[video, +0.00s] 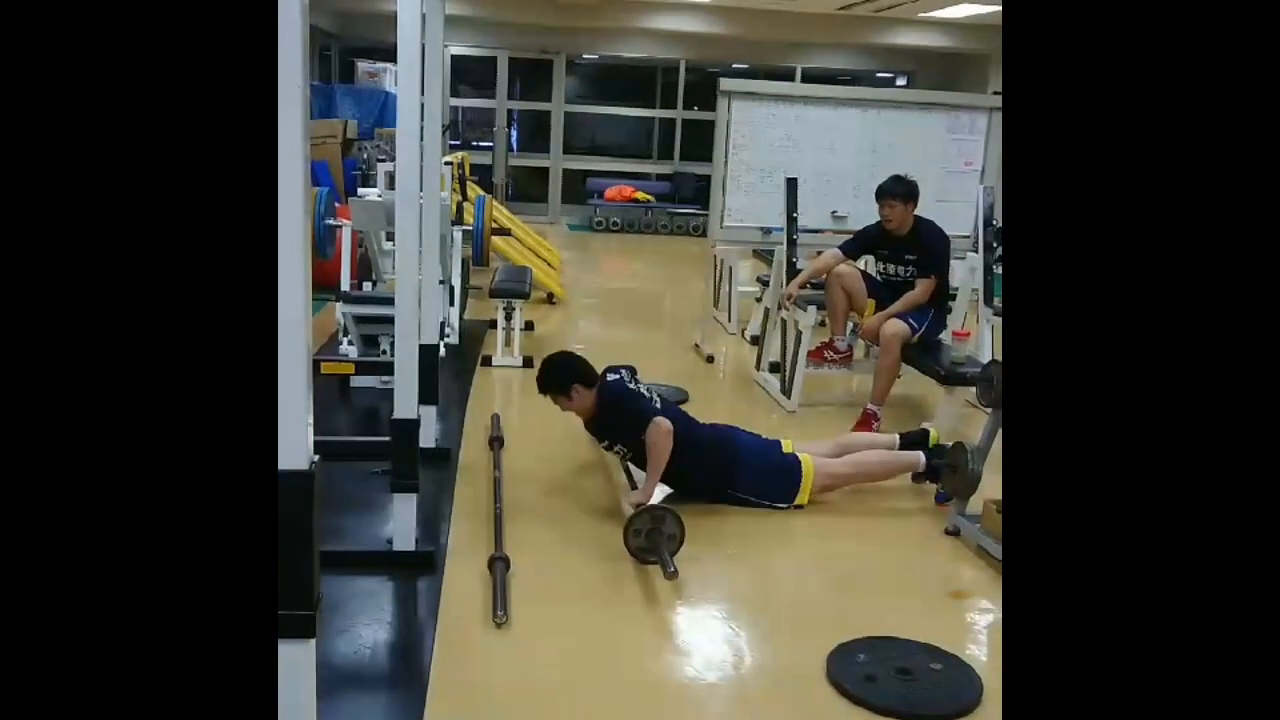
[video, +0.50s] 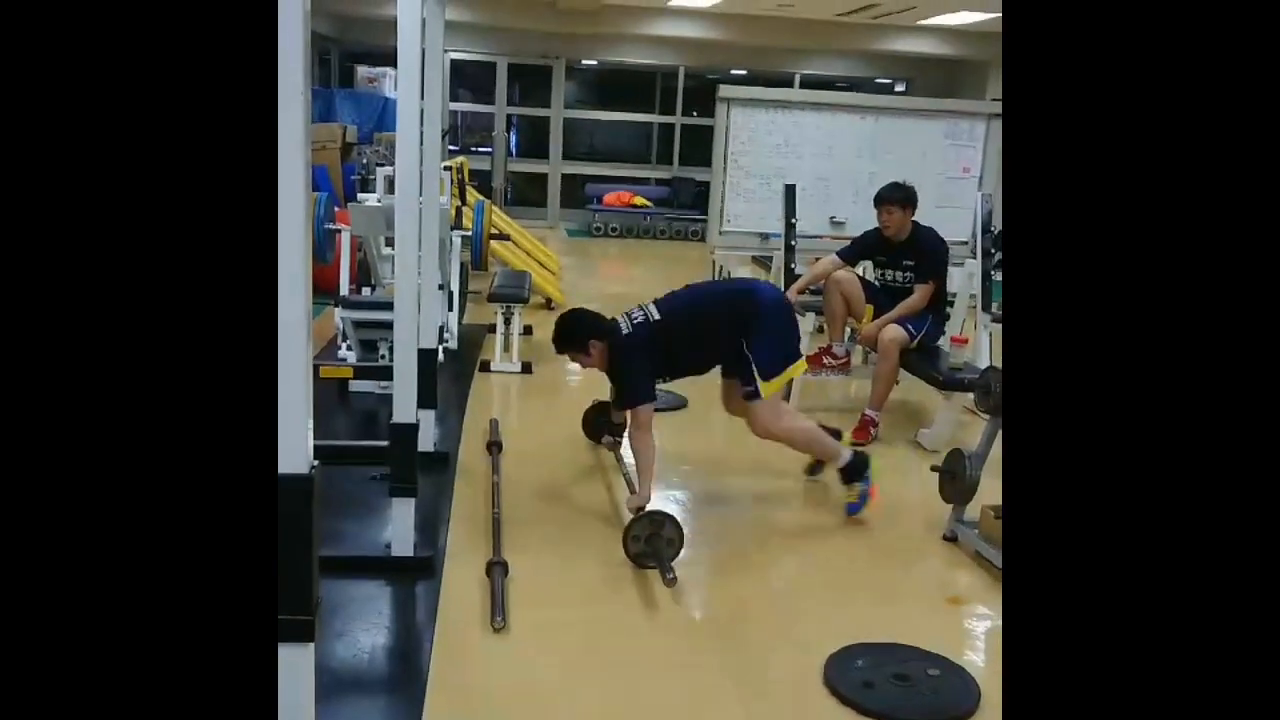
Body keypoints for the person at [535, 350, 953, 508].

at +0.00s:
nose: (562, 408)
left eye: (561, 401)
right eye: (557, 402)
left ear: (577, 389)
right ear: (576, 385)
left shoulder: (616, 399)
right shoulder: (600, 394)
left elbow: (661, 428)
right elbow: (647, 418)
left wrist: (647, 489)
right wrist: (636, 459)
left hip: (730, 465)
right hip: (727, 445)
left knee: (828, 477)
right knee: (822, 453)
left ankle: (931, 461)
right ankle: (914, 439)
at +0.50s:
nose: (582, 366)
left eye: (579, 359)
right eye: (577, 361)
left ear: (593, 347)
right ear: (596, 341)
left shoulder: (629, 355)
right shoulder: (622, 336)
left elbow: (641, 429)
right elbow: (626, 386)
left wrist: (643, 492)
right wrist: (620, 418)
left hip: (765, 315)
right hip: (742, 310)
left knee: (765, 422)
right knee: (736, 403)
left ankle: (852, 465)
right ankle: (819, 436)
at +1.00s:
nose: (603, 280)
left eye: (607, 271)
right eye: (604, 272)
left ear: (632, 276)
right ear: (634, 276)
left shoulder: (667, 310)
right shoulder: (652, 302)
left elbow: (671, 389)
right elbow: (641, 348)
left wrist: (653, 449)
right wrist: (627, 387)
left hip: (772, 351)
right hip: (751, 341)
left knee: (687, 400)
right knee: (678, 388)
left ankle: (705, 505)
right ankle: (690, 467)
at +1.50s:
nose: (721, 77)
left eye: (730, 71)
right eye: (725, 70)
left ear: (751, 83)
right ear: (743, 82)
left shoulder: (759, 126)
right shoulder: (722, 125)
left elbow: (779, 170)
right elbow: (697, 153)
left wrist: (731, 159)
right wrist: (666, 146)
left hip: (710, 264)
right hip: (678, 256)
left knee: (698, 370)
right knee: (671, 349)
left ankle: (719, 483)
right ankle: (690, 434)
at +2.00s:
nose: (713, 118)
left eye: (724, 111)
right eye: (714, 112)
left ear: (743, 127)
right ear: (716, 125)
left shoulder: (739, 173)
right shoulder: (711, 167)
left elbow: (737, 100)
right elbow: (710, 104)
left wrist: (744, 36)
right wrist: (706, 58)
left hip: (709, 311)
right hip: (683, 306)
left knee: (704, 421)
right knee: (676, 399)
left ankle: (736, 532)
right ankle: (701, 478)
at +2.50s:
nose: (723, 101)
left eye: (731, 94)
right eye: (726, 93)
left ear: (753, 104)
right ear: (747, 103)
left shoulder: (760, 151)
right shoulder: (727, 151)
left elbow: (759, 207)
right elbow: (716, 209)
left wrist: (700, 237)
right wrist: (681, 228)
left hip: (733, 286)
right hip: (705, 280)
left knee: (711, 391)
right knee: (692, 383)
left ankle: (724, 505)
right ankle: (707, 477)